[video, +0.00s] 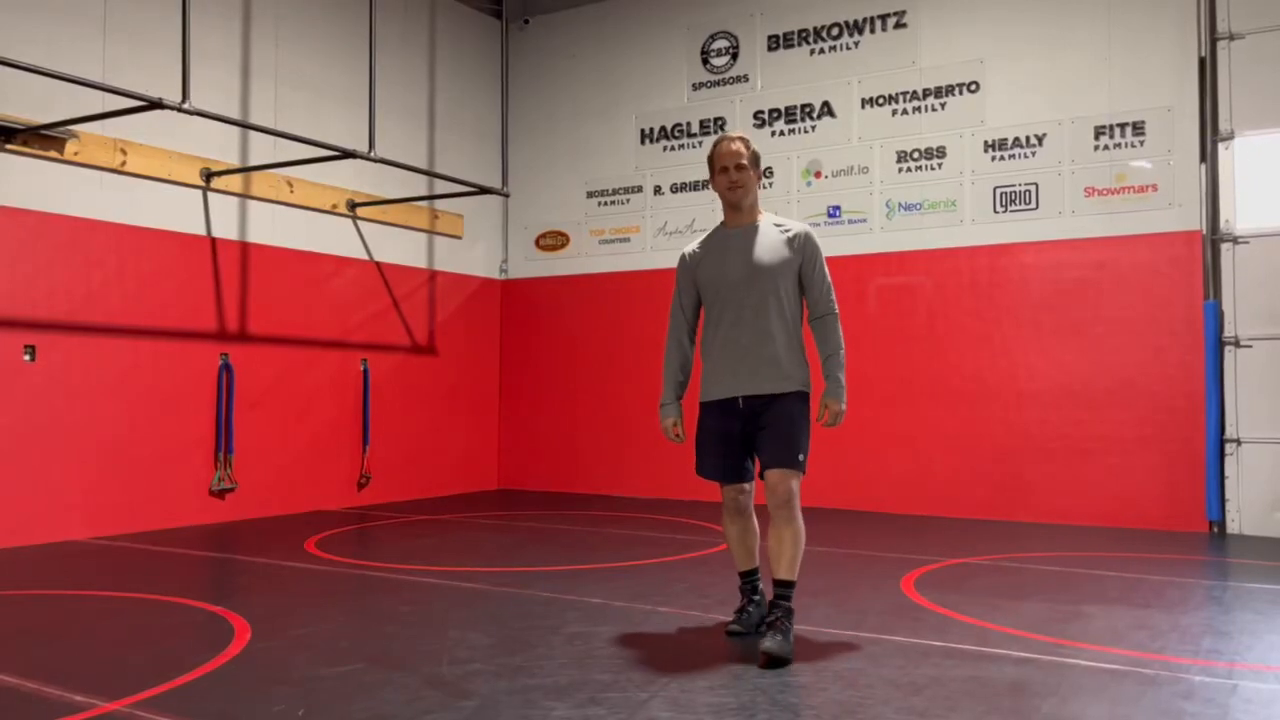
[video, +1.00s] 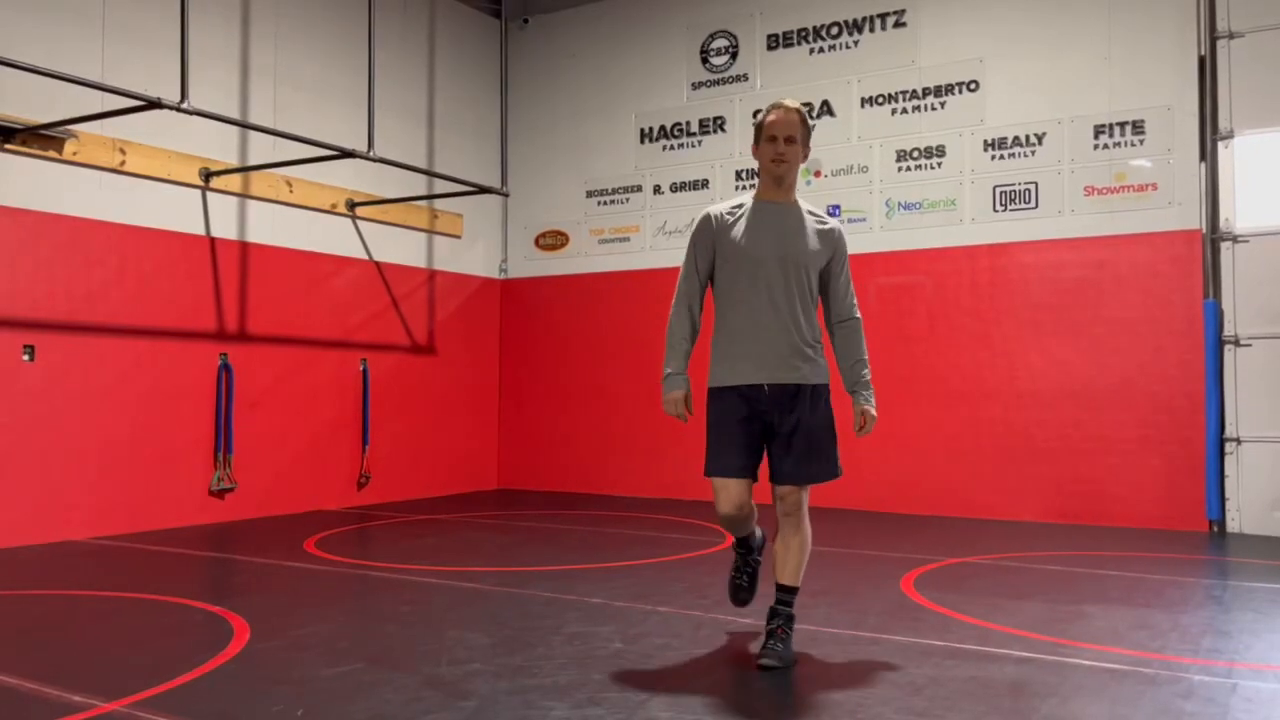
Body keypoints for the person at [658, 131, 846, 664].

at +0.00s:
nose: (733, 175)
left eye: (741, 167)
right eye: (724, 169)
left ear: (759, 175)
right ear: (711, 182)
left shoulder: (796, 239)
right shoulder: (697, 256)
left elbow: (825, 316)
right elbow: (680, 334)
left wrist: (835, 385)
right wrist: (671, 399)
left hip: (783, 392)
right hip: (722, 398)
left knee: (782, 493)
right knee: (734, 498)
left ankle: (782, 614)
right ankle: (753, 599)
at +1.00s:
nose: (780, 148)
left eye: (791, 140)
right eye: (771, 139)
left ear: (806, 152)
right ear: (754, 148)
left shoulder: (825, 233)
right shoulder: (717, 223)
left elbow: (845, 318)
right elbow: (686, 303)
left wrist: (861, 390)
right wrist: (675, 375)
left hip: (800, 388)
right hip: (732, 387)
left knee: (790, 503)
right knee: (730, 505)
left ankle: (780, 624)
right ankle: (750, 543)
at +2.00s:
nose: (714, 173)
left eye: (724, 164)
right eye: (705, 164)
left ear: (741, 171)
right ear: (693, 170)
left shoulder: (761, 244)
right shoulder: (665, 239)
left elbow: (781, 323)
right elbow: (641, 307)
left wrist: (786, 385)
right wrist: (623, 367)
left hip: (745, 360)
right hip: (685, 372)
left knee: (759, 423)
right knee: (692, 483)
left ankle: (785, 537)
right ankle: (705, 599)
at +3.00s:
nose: (790, 180)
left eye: (798, 171)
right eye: (781, 172)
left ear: (816, 176)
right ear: (770, 180)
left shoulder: (842, 247)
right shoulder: (746, 245)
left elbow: (863, 324)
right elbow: (729, 319)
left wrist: (879, 389)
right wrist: (730, 378)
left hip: (826, 387)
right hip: (766, 385)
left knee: (818, 487)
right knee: (757, 482)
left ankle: (812, 593)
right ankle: (750, 595)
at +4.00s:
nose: (734, 182)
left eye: (743, 174)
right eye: (728, 175)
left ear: (764, 181)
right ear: (720, 184)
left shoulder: (790, 242)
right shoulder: (706, 253)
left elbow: (802, 318)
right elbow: (692, 325)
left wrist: (784, 377)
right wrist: (680, 383)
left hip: (772, 387)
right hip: (719, 389)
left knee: (789, 485)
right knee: (723, 482)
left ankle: (806, 587)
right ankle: (728, 582)